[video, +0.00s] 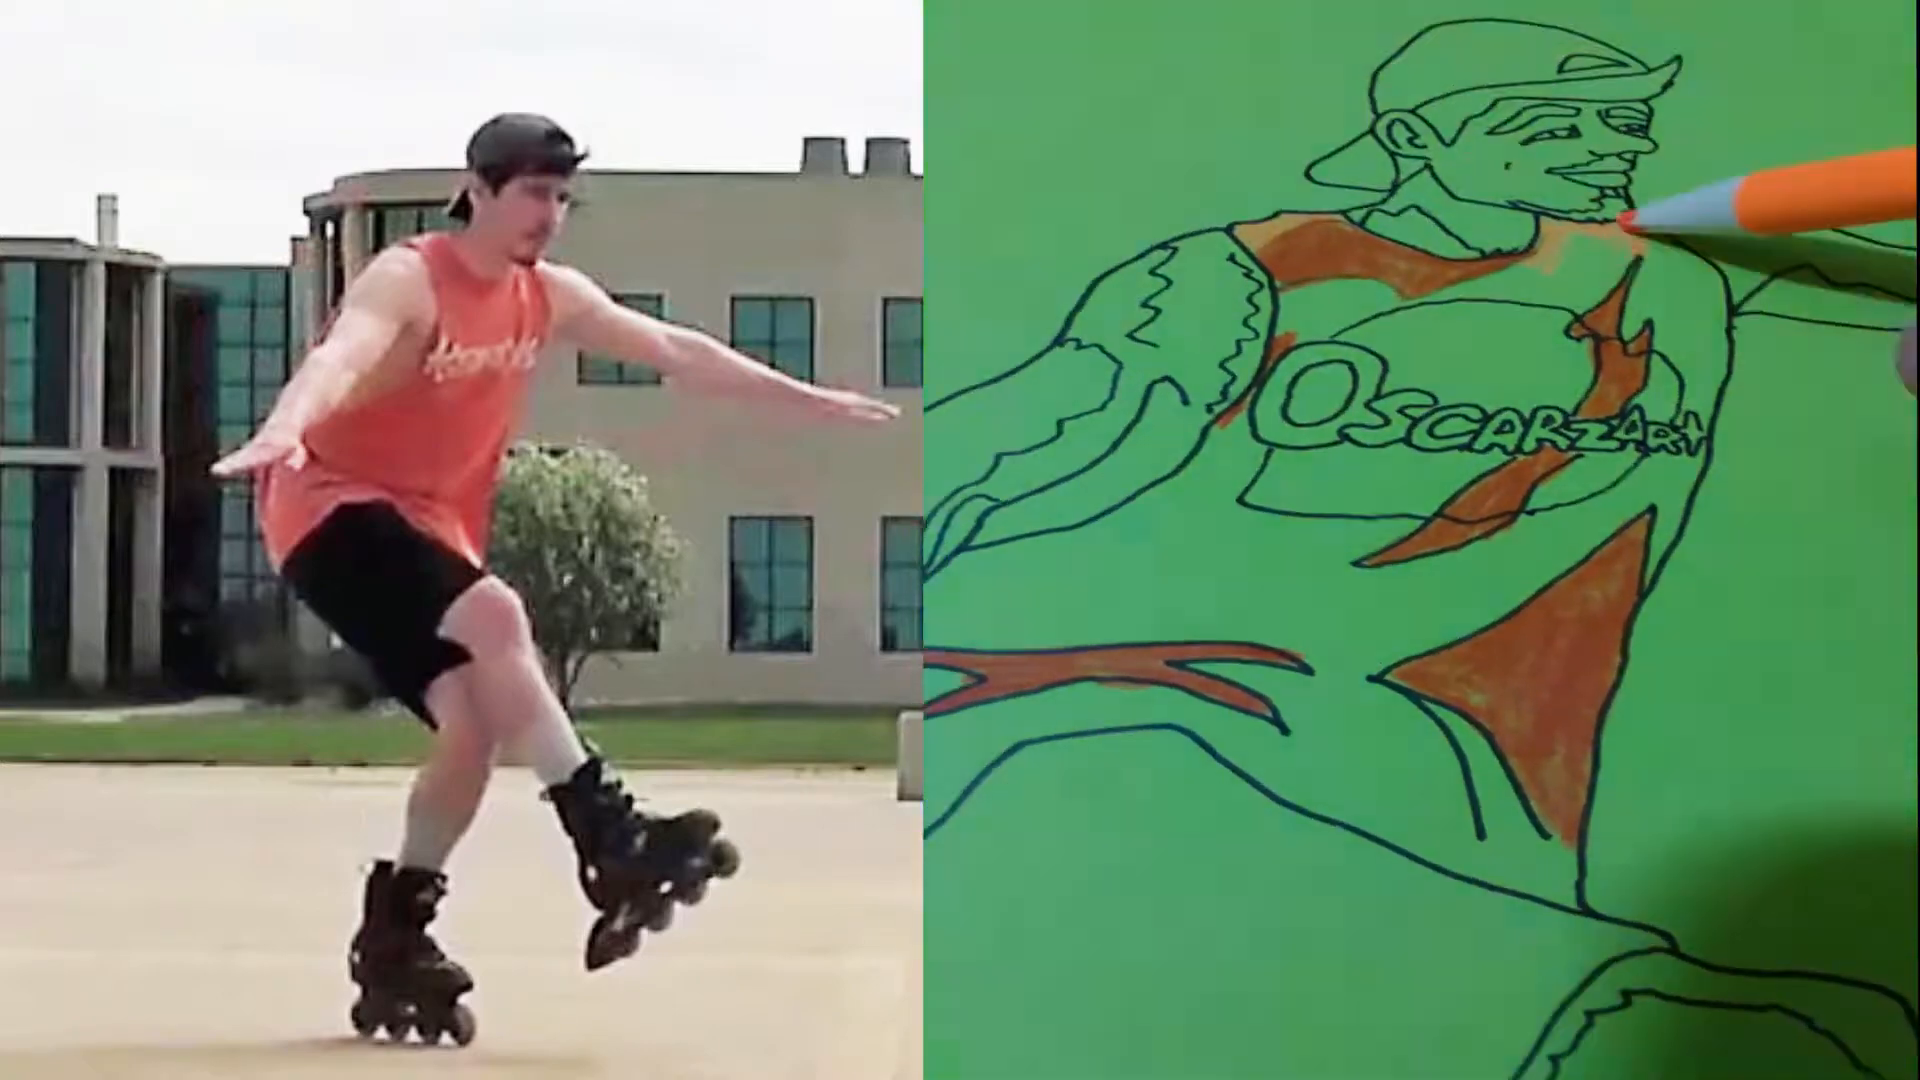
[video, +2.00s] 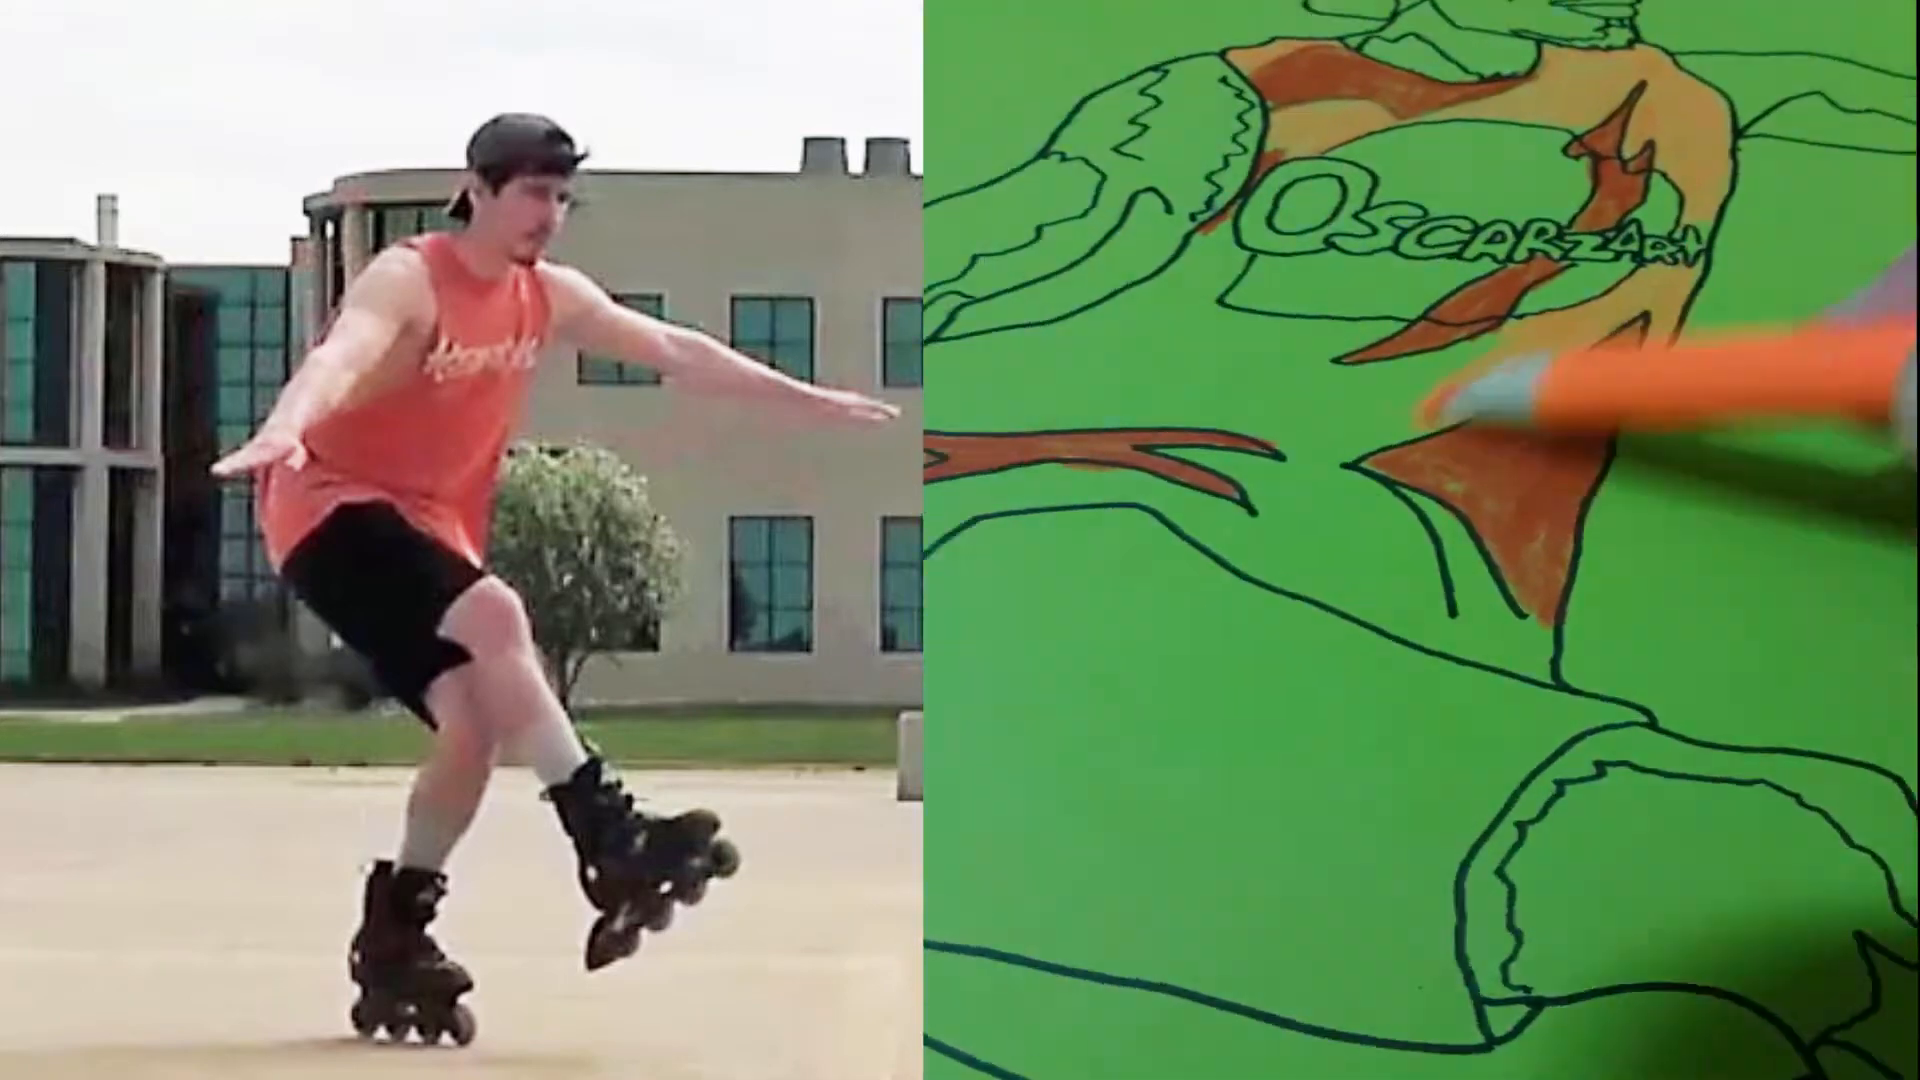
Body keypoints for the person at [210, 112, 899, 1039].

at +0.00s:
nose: (552, 214)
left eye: (562, 198)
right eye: (536, 194)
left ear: (563, 203)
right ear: (477, 191)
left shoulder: (551, 293)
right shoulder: (409, 274)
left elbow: (674, 349)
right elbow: (341, 356)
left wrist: (811, 399)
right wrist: (282, 429)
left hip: (436, 530)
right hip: (334, 505)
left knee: (477, 725)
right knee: (492, 616)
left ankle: (393, 936)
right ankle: (611, 842)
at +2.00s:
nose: (551, 215)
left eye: (561, 199)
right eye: (535, 195)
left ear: (563, 204)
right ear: (476, 191)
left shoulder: (551, 293)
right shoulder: (408, 274)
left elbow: (674, 350)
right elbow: (341, 356)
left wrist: (810, 399)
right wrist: (282, 429)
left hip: (437, 531)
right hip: (334, 505)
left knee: (477, 726)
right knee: (492, 616)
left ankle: (393, 934)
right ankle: (609, 839)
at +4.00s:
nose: (551, 214)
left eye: (561, 198)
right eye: (534, 195)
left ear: (563, 203)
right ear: (476, 191)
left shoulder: (552, 293)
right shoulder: (409, 274)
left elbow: (676, 351)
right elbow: (342, 354)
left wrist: (812, 400)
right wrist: (283, 428)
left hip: (437, 530)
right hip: (335, 506)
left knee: (477, 724)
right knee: (492, 616)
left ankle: (393, 937)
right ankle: (610, 840)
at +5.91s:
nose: (551, 214)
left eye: (561, 199)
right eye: (535, 195)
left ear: (563, 203)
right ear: (476, 191)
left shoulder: (551, 293)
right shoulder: (408, 274)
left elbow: (674, 350)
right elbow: (342, 356)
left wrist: (811, 399)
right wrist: (283, 428)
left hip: (436, 530)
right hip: (334, 505)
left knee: (477, 725)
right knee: (492, 616)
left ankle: (394, 935)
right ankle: (610, 840)